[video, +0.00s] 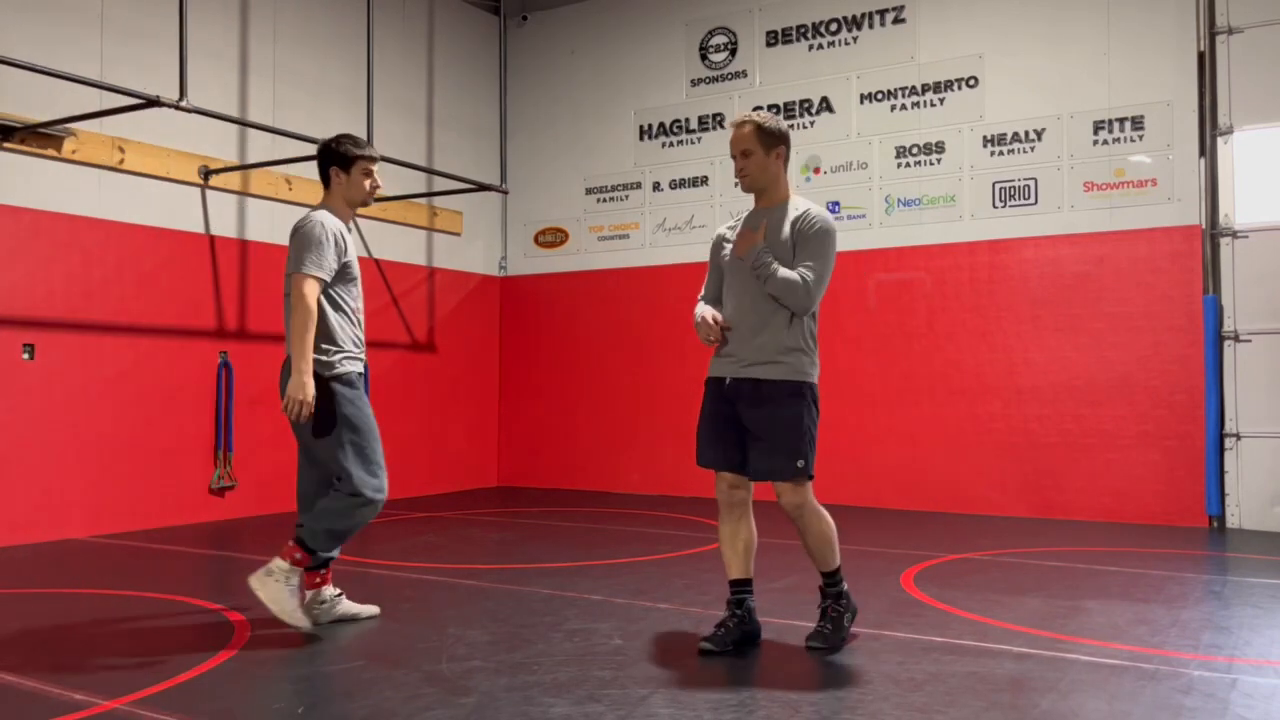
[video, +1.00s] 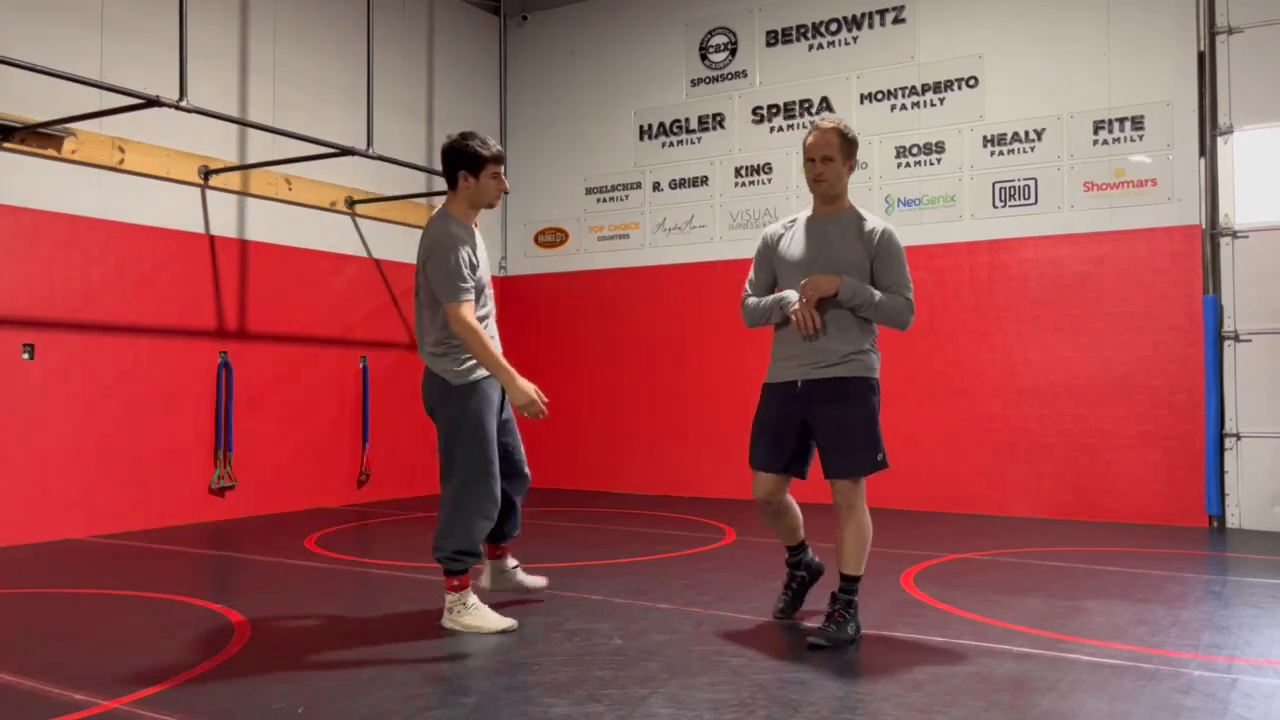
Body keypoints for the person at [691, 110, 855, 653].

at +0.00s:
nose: (737, 166)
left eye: (745, 155)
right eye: (733, 157)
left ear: (778, 156)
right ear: (737, 163)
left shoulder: (813, 224)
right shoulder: (728, 234)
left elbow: (804, 296)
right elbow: (708, 299)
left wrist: (754, 257)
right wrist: (703, 312)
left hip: (786, 381)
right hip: (729, 380)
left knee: (794, 497)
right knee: (732, 494)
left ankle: (837, 601)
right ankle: (741, 615)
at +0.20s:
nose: (762, 159)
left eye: (773, 149)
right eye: (757, 150)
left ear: (801, 155)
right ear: (753, 157)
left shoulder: (830, 222)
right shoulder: (740, 232)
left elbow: (824, 297)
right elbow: (727, 297)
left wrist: (772, 254)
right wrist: (725, 305)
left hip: (802, 377)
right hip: (742, 378)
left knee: (817, 495)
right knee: (740, 493)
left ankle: (840, 608)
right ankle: (743, 614)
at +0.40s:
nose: (784, 160)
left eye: (795, 151)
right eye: (778, 151)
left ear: (820, 156)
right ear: (772, 159)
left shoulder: (850, 228)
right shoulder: (752, 235)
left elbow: (863, 305)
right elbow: (725, 303)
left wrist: (807, 266)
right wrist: (744, 306)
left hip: (824, 378)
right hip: (761, 379)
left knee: (832, 494)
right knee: (750, 491)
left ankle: (842, 610)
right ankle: (743, 615)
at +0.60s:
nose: (800, 162)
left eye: (811, 152)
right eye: (793, 153)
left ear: (836, 158)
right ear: (786, 160)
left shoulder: (866, 230)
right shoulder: (766, 236)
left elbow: (896, 308)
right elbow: (742, 310)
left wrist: (841, 284)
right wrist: (766, 302)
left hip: (841, 381)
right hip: (778, 383)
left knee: (846, 495)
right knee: (754, 491)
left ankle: (844, 612)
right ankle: (745, 612)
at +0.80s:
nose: (810, 165)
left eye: (821, 156)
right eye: (803, 156)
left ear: (845, 159)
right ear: (797, 163)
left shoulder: (876, 232)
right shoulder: (776, 235)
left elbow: (910, 306)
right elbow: (757, 308)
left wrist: (850, 290)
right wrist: (787, 303)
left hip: (846, 380)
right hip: (783, 378)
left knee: (847, 493)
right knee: (747, 479)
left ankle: (844, 609)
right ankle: (776, 583)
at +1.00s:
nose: (816, 169)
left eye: (827, 160)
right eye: (810, 160)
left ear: (851, 165)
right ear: (803, 166)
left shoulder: (876, 236)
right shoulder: (777, 237)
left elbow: (902, 311)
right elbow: (752, 308)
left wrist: (841, 287)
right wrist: (787, 302)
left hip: (847, 380)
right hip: (785, 381)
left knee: (847, 493)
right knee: (768, 492)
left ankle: (844, 607)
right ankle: (801, 563)